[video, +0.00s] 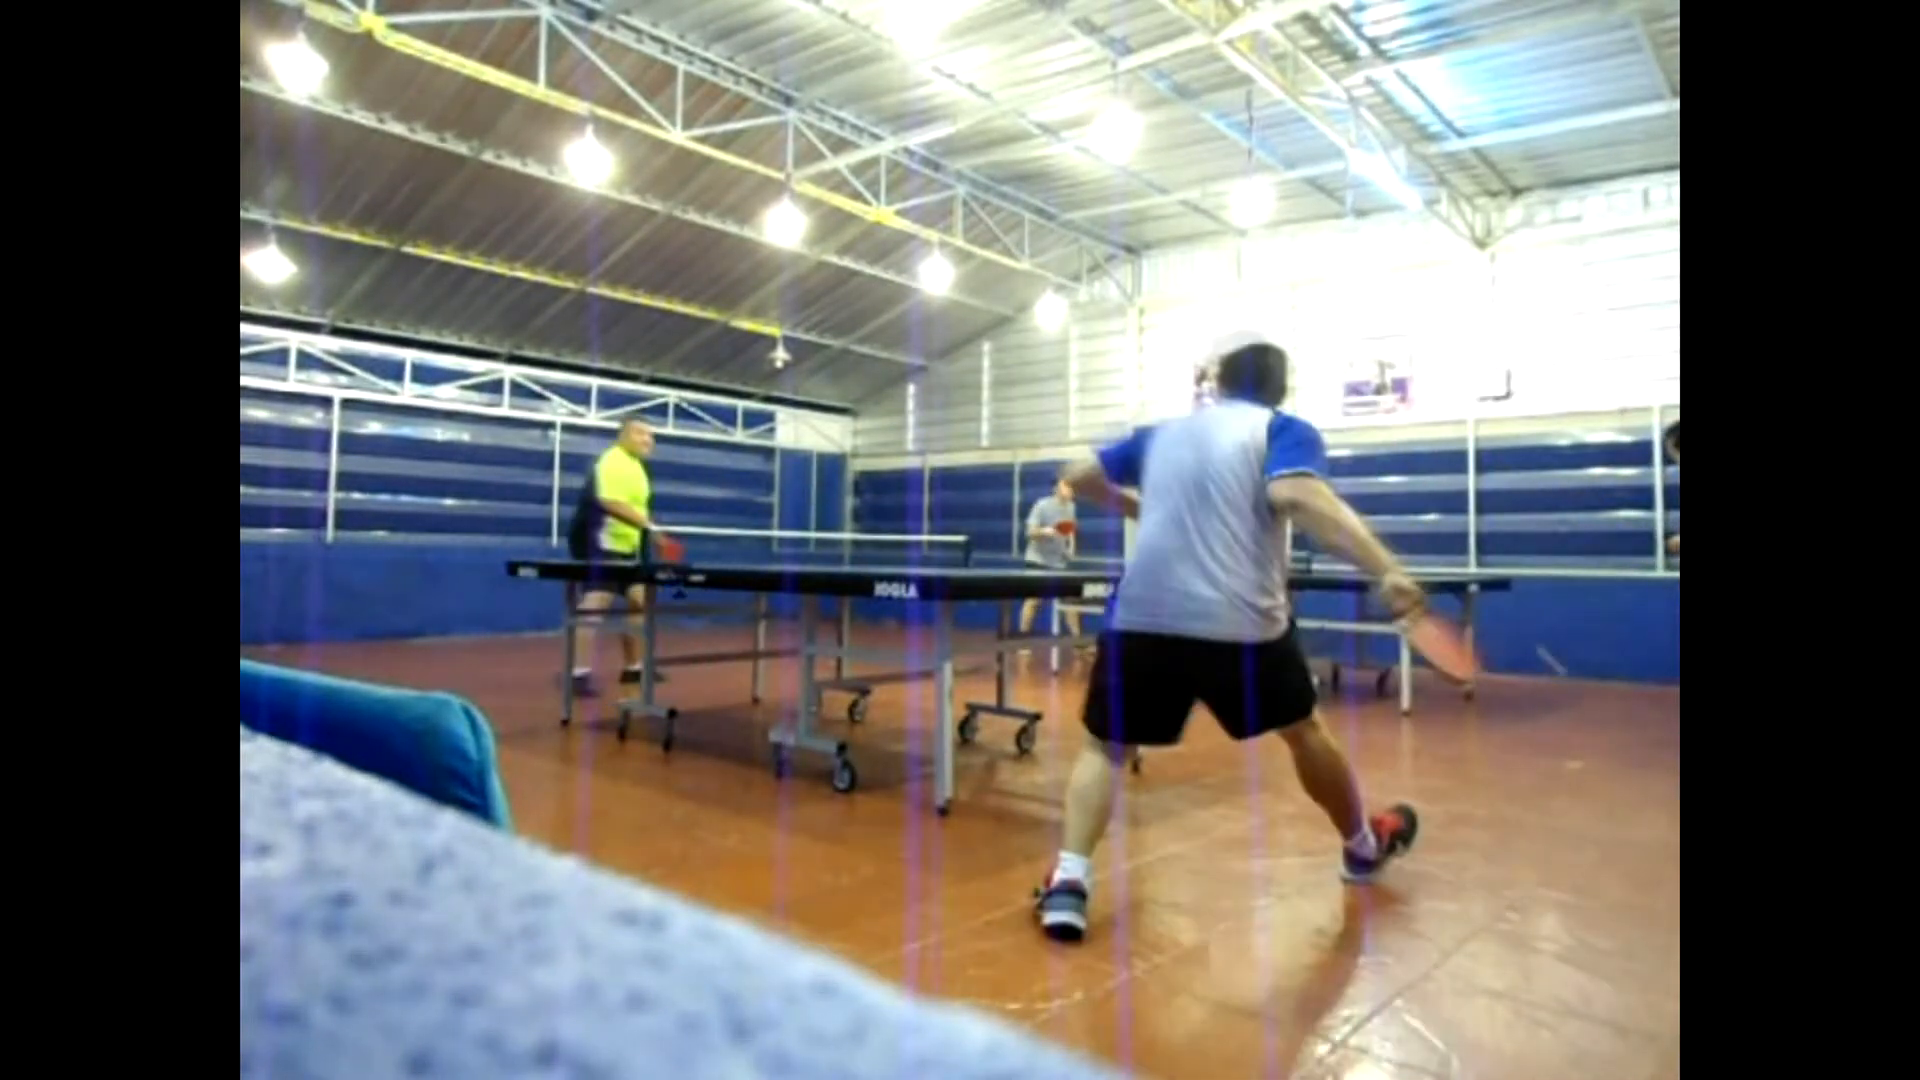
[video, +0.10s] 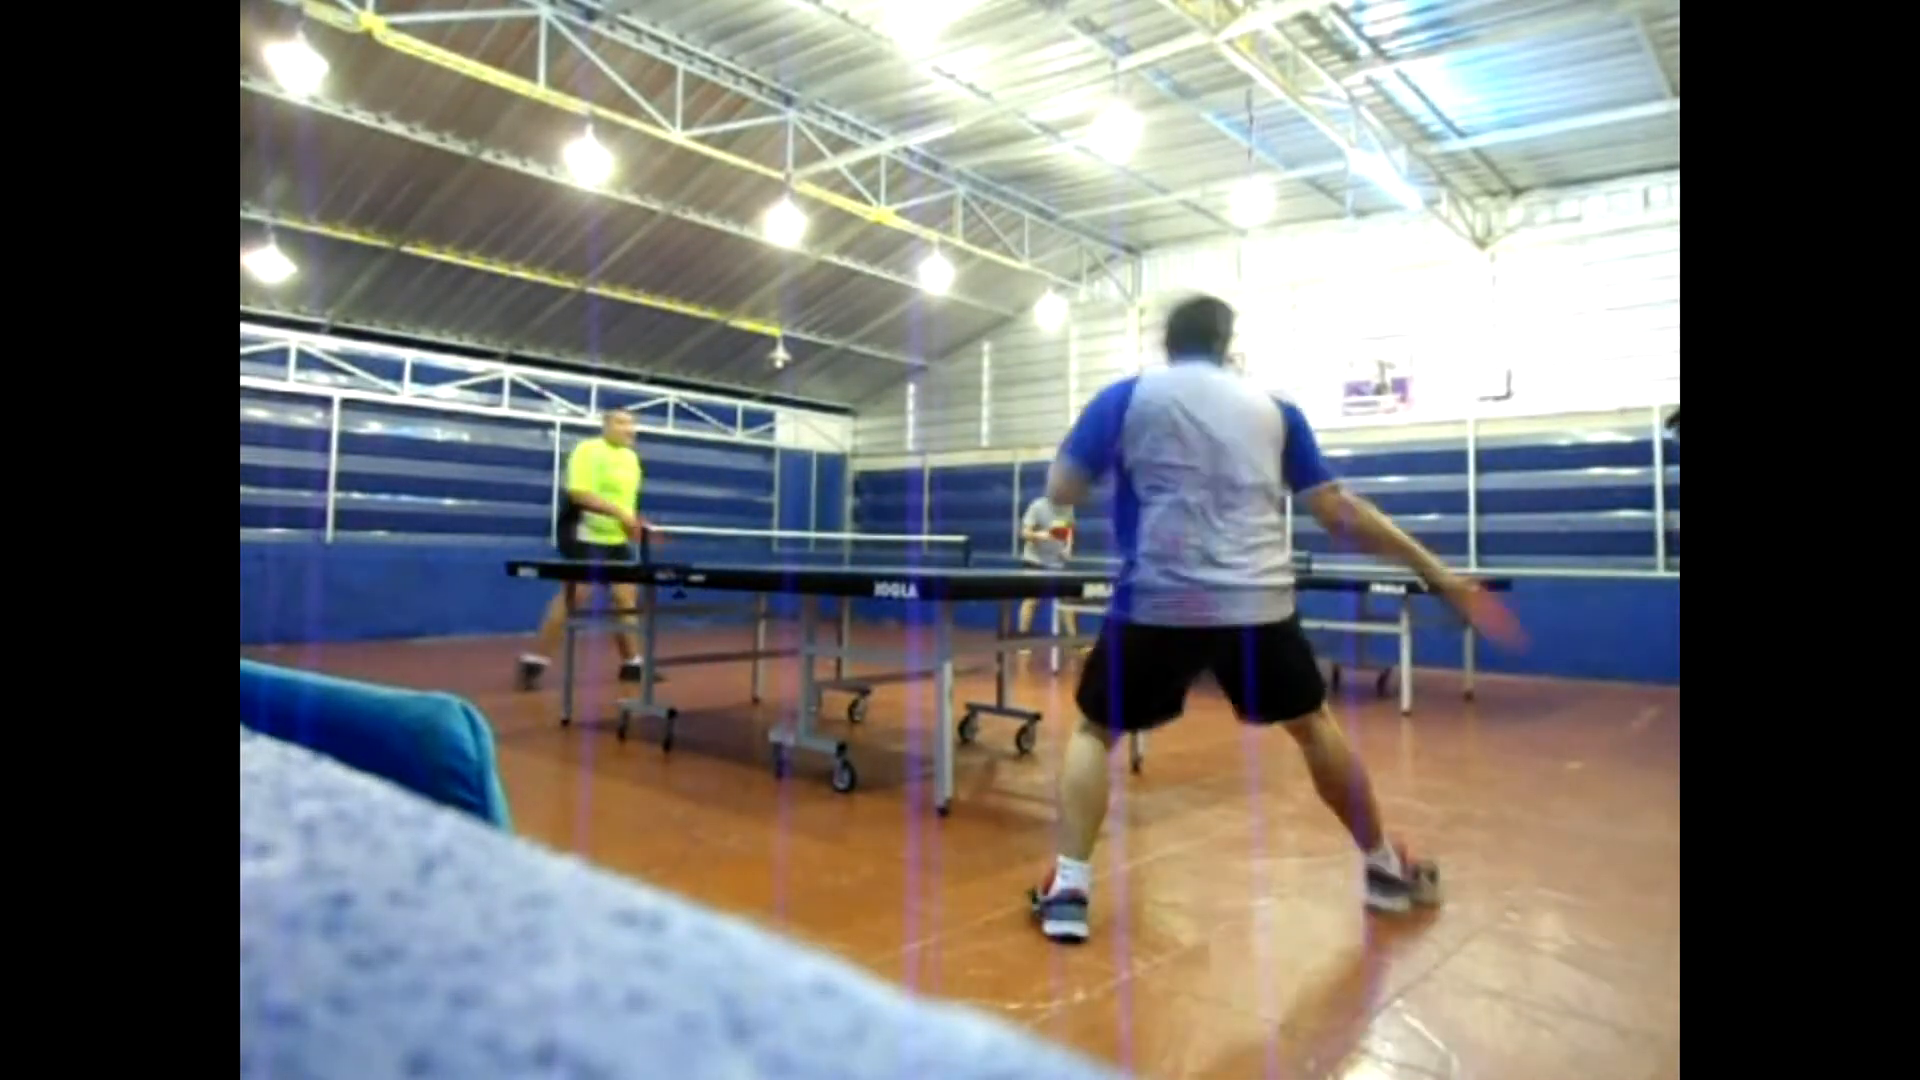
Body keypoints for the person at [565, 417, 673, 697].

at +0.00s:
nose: (648, 441)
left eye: (650, 436)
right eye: (643, 434)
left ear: (646, 441)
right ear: (626, 435)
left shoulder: (637, 466)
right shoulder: (611, 462)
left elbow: (637, 507)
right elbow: (608, 500)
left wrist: (655, 537)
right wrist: (648, 525)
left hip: (631, 546)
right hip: (605, 545)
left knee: (638, 602)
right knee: (595, 604)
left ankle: (634, 664)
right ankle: (581, 668)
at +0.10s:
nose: (628, 429)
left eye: (631, 423)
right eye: (621, 422)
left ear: (634, 428)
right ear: (607, 425)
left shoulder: (631, 459)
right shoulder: (587, 450)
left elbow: (627, 501)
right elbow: (578, 492)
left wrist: (641, 527)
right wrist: (621, 515)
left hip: (617, 539)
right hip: (586, 537)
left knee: (626, 599)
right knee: (573, 597)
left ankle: (632, 660)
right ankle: (537, 656)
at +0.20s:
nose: (607, 430)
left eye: (610, 424)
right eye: (601, 424)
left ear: (613, 428)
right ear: (586, 426)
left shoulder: (620, 459)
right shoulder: (561, 451)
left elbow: (623, 495)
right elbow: (550, 491)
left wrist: (633, 513)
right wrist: (587, 513)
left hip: (605, 541)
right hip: (567, 539)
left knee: (620, 594)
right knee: (546, 596)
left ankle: (628, 655)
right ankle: (507, 658)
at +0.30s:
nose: (586, 442)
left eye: (590, 435)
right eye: (580, 435)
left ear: (594, 439)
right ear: (565, 437)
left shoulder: (604, 470)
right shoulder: (542, 466)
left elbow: (616, 503)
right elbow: (521, 501)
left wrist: (620, 511)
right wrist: (541, 516)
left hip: (592, 551)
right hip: (548, 551)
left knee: (614, 601)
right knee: (527, 607)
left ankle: (614, 655)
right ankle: (497, 665)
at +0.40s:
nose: (565, 455)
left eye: (569, 449)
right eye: (558, 449)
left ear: (576, 450)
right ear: (547, 449)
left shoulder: (589, 480)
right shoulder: (527, 478)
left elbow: (611, 507)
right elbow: (512, 514)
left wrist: (605, 515)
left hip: (584, 557)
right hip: (540, 556)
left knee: (608, 606)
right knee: (523, 610)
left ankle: (610, 660)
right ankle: (497, 667)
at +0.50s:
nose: (552, 452)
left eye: (557, 446)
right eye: (546, 446)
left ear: (565, 447)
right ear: (536, 447)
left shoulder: (583, 473)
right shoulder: (521, 476)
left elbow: (609, 496)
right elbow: (515, 515)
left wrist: (598, 514)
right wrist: (507, 524)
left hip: (583, 554)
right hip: (539, 554)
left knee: (609, 603)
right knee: (527, 607)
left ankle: (611, 660)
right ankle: (498, 667)